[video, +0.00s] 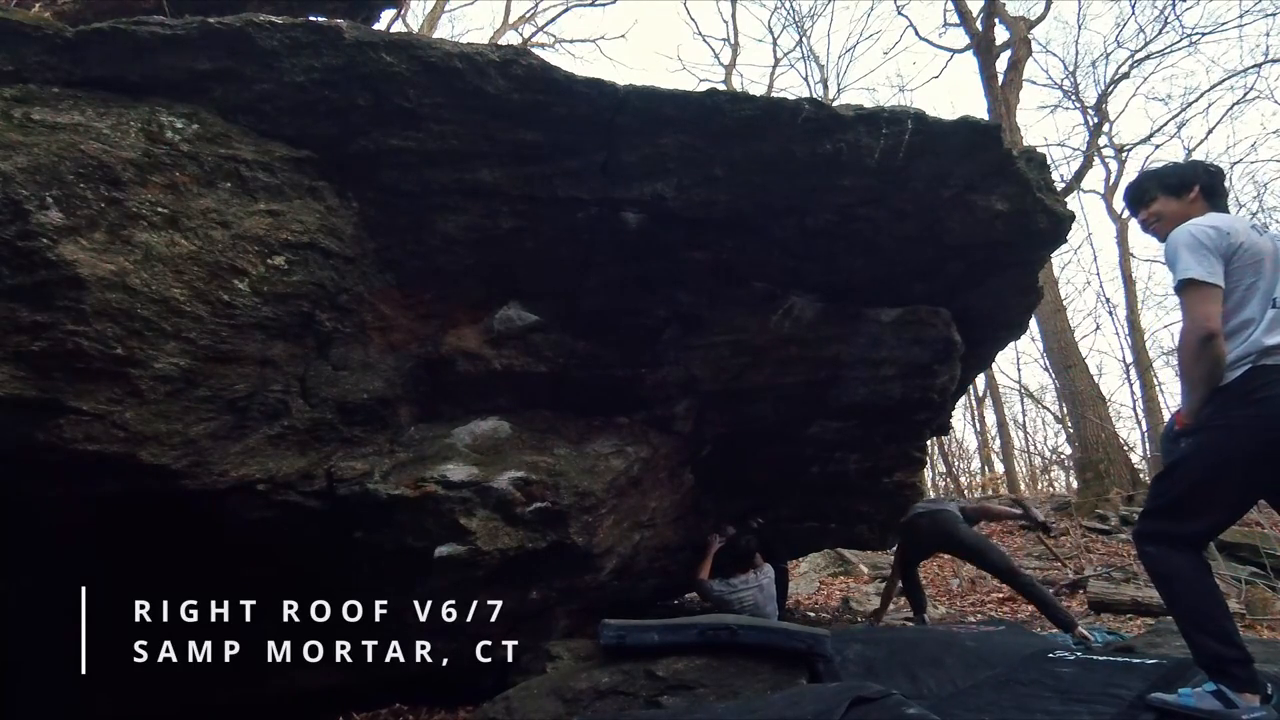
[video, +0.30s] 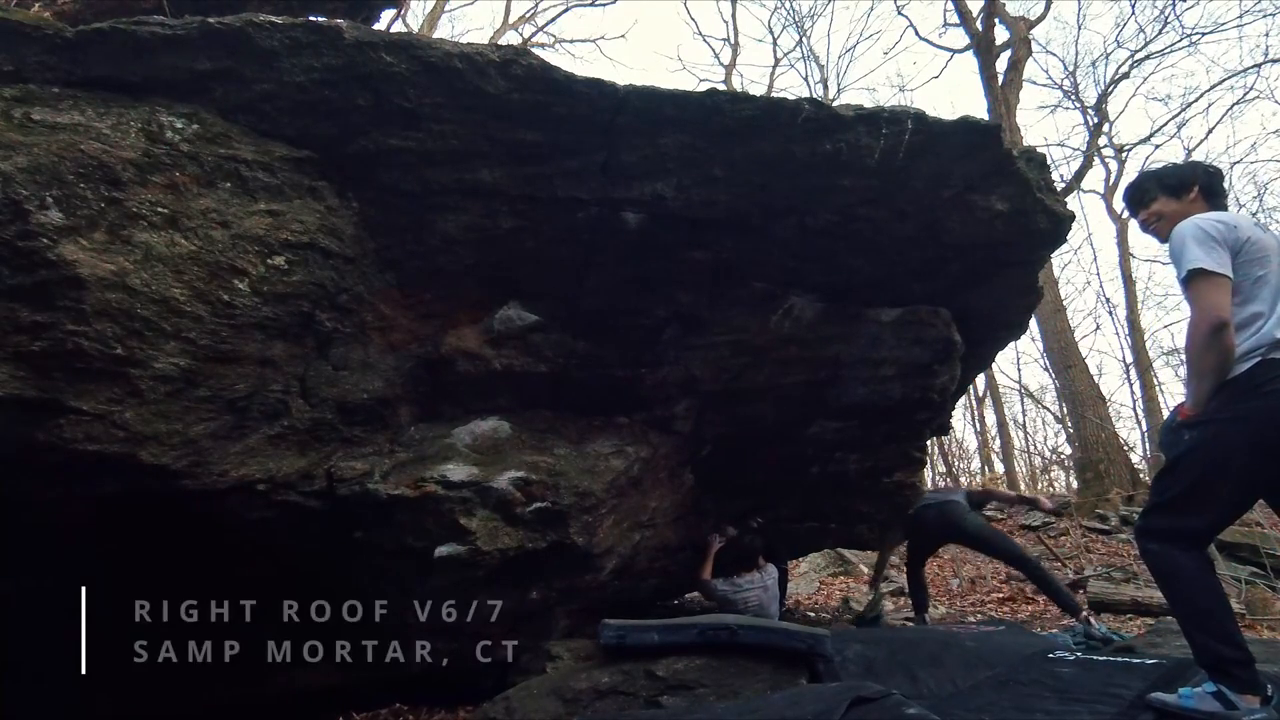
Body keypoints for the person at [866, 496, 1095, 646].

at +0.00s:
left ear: (920, 512)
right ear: (951, 507)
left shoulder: (909, 527)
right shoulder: (959, 510)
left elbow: (893, 579)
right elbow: (1015, 506)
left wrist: (880, 610)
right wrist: (1039, 521)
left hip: (914, 534)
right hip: (948, 525)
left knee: (908, 569)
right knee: (1014, 576)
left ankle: (921, 620)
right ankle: (1074, 629)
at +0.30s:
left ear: (922, 497)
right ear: (951, 491)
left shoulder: (910, 508)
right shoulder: (960, 494)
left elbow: (887, 546)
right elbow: (998, 495)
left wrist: (875, 583)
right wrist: (1038, 502)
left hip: (922, 525)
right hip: (957, 517)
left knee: (915, 569)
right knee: (1023, 561)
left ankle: (921, 621)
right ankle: (1082, 616)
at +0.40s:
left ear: (935, 496)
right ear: (971, 490)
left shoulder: (927, 501)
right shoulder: (977, 489)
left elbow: (895, 528)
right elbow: (1013, 492)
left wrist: (887, 571)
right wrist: (1055, 507)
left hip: (936, 518)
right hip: (970, 512)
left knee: (921, 566)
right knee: (1032, 561)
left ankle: (922, 622)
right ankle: (1089, 626)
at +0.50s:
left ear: (963, 479)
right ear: (994, 478)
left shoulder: (946, 489)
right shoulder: (1001, 481)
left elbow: (913, 514)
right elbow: (1038, 493)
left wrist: (905, 553)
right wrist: (1077, 519)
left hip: (951, 512)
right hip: (987, 508)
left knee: (932, 565)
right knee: (1048, 562)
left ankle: (924, 618)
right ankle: (1087, 630)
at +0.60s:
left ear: (999, 465)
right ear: (1024, 467)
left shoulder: (976, 475)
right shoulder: (1026, 468)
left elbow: (941, 497)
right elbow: (1059, 486)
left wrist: (932, 538)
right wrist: (1089, 521)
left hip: (969, 507)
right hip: (1005, 505)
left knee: (943, 561)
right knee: (1058, 562)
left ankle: (926, 617)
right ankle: (1090, 630)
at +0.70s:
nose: (1068, 463)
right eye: (1068, 459)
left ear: (1037, 448)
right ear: (1058, 449)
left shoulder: (1009, 457)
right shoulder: (1055, 449)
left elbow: (966, 482)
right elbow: (1073, 473)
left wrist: (967, 527)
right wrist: (1096, 518)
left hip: (983, 493)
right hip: (1018, 492)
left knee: (964, 554)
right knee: (1068, 556)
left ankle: (929, 610)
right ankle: (1091, 628)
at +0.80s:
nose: (1083, 449)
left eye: (1083, 446)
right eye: (1083, 445)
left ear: (1063, 432)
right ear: (1078, 438)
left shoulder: (1034, 442)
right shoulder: (1074, 438)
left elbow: (988, 470)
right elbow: (1083, 462)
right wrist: (1099, 508)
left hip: (995, 479)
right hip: (1027, 480)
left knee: (1000, 548)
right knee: (1074, 553)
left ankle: (958, 594)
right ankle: (1091, 627)